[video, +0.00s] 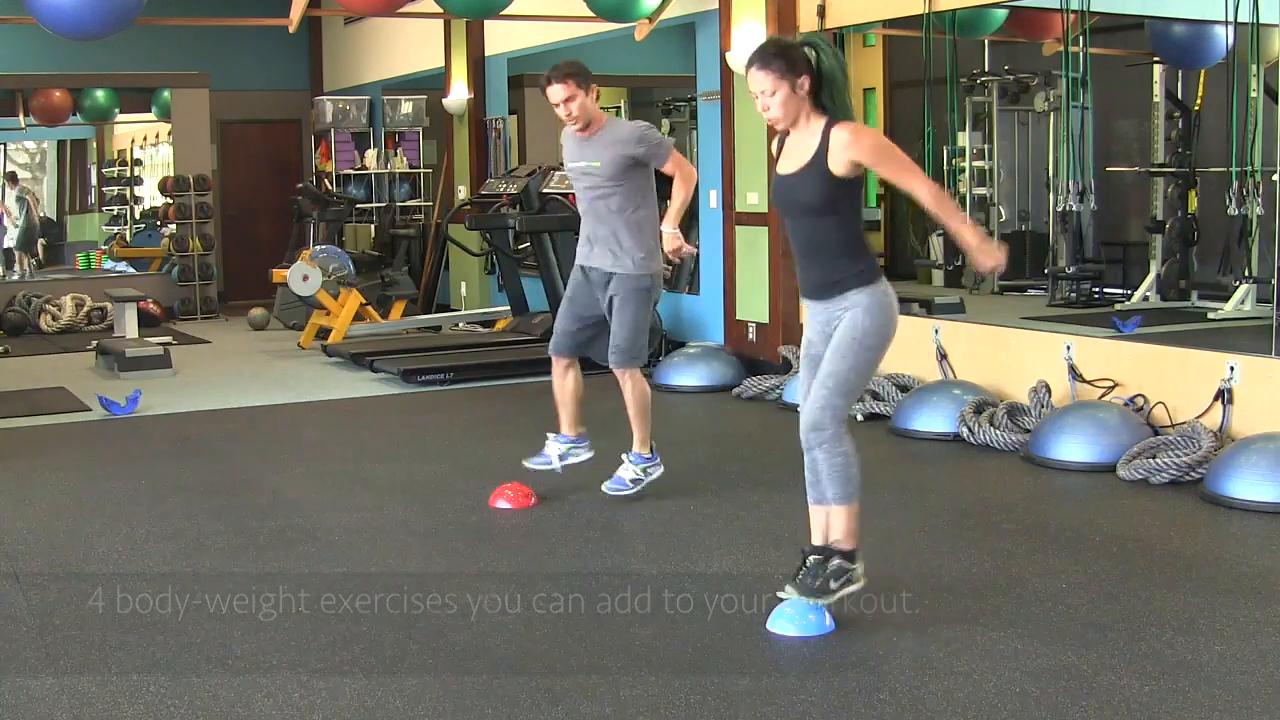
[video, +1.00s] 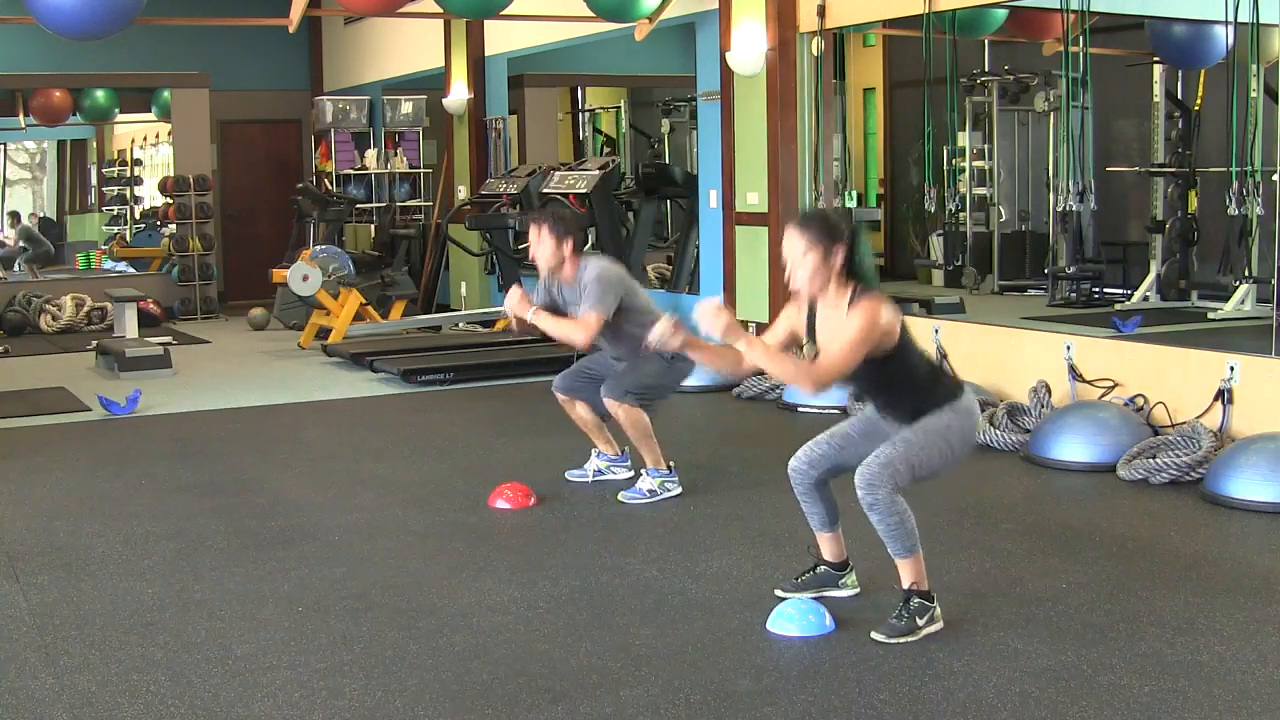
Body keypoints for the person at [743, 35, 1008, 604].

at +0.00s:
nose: (761, 106)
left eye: (768, 94)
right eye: (756, 96)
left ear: (801, 85)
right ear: (763, 94)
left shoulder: (847, 138)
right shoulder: (782, 144)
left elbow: (922, 187)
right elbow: (810, 221)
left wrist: (977, 243)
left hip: (863, 305)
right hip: (817, 310)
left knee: (824, 417)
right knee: (812, 421)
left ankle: (844, 556)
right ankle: (820, 550)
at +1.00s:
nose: (789, 269)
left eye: (799, 257)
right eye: (787, 258)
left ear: (836, 257)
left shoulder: (870, 310)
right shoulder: (802, 308)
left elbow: (812, 379)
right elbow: (743, 360)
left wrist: (739, 336)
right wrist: (687, 344)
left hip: (947, 416)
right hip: (891, 415)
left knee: (874, 479)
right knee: (805, 467)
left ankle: (920, 600)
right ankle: (836, 568)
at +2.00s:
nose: (778, 268)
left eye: (789, 257)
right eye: (775, 258)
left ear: (823, 258)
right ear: (773, 261)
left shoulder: (861, 309)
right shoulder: (801, 309)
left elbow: (802, 369)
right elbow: (737, 368)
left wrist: (773, 298)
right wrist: (720, 303)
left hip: (945, 418)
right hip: (887, 417)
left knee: (873, 478)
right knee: (804, 463)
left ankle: (924, 598)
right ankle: (842, 570)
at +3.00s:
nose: (733, 509)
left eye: (731, 501)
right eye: (725, 504)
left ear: (749, 481)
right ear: (735, 456)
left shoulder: (832, 454)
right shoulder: (761, 440)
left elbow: (869, 546)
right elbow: (772, 513)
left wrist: (883, 634)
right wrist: (779, 585)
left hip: (916, 459)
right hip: (912, 426)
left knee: (835, 555)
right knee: (976, 497)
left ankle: (965, 561)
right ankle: (1068, 517)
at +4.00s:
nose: (735, 498)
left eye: (733, 489)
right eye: (727, 492)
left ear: (746, 471)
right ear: (747, 452)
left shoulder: (824, 452)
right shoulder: (774, 446)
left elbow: (862, 548)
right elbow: (784, 516)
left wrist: (882, 633)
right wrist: (779, 586)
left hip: (950, 437)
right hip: (899, 462)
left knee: (1045, 505)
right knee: (879, 556)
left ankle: (1161, 542)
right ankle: (948, 511)